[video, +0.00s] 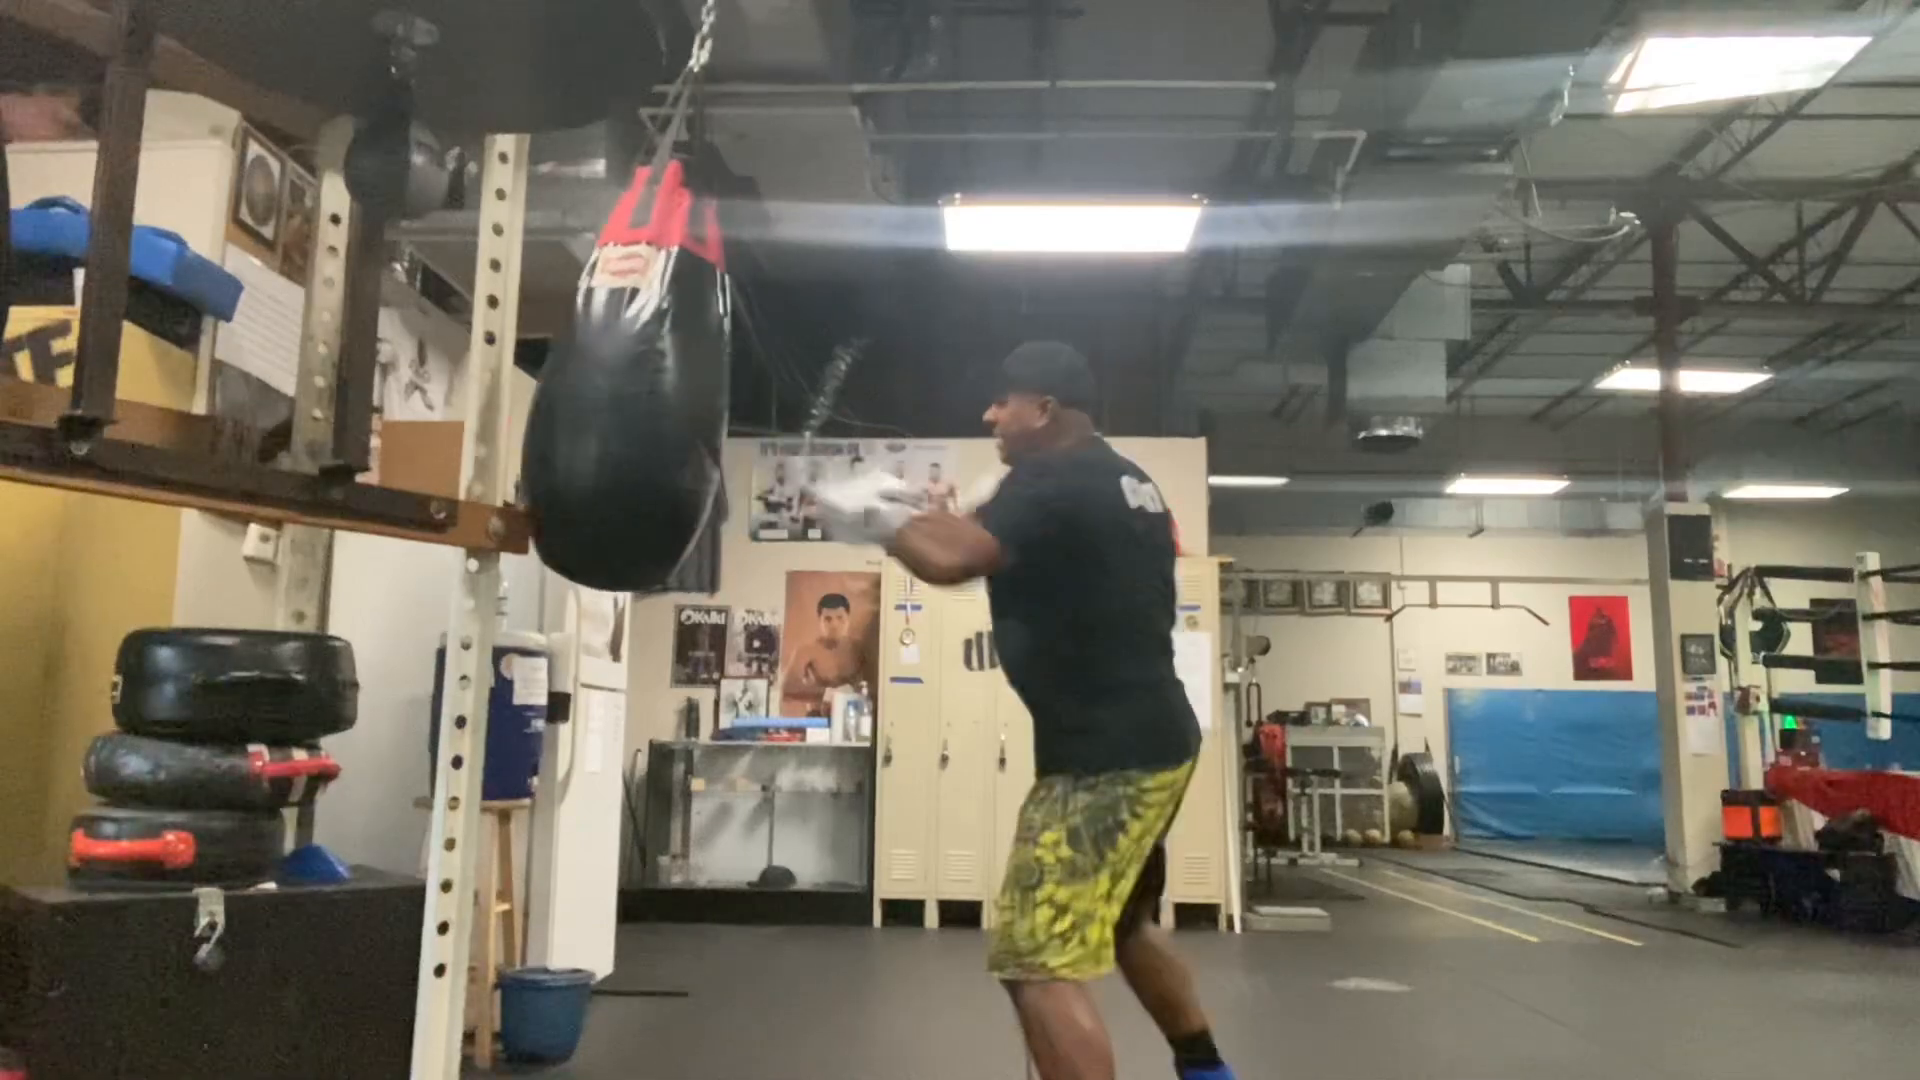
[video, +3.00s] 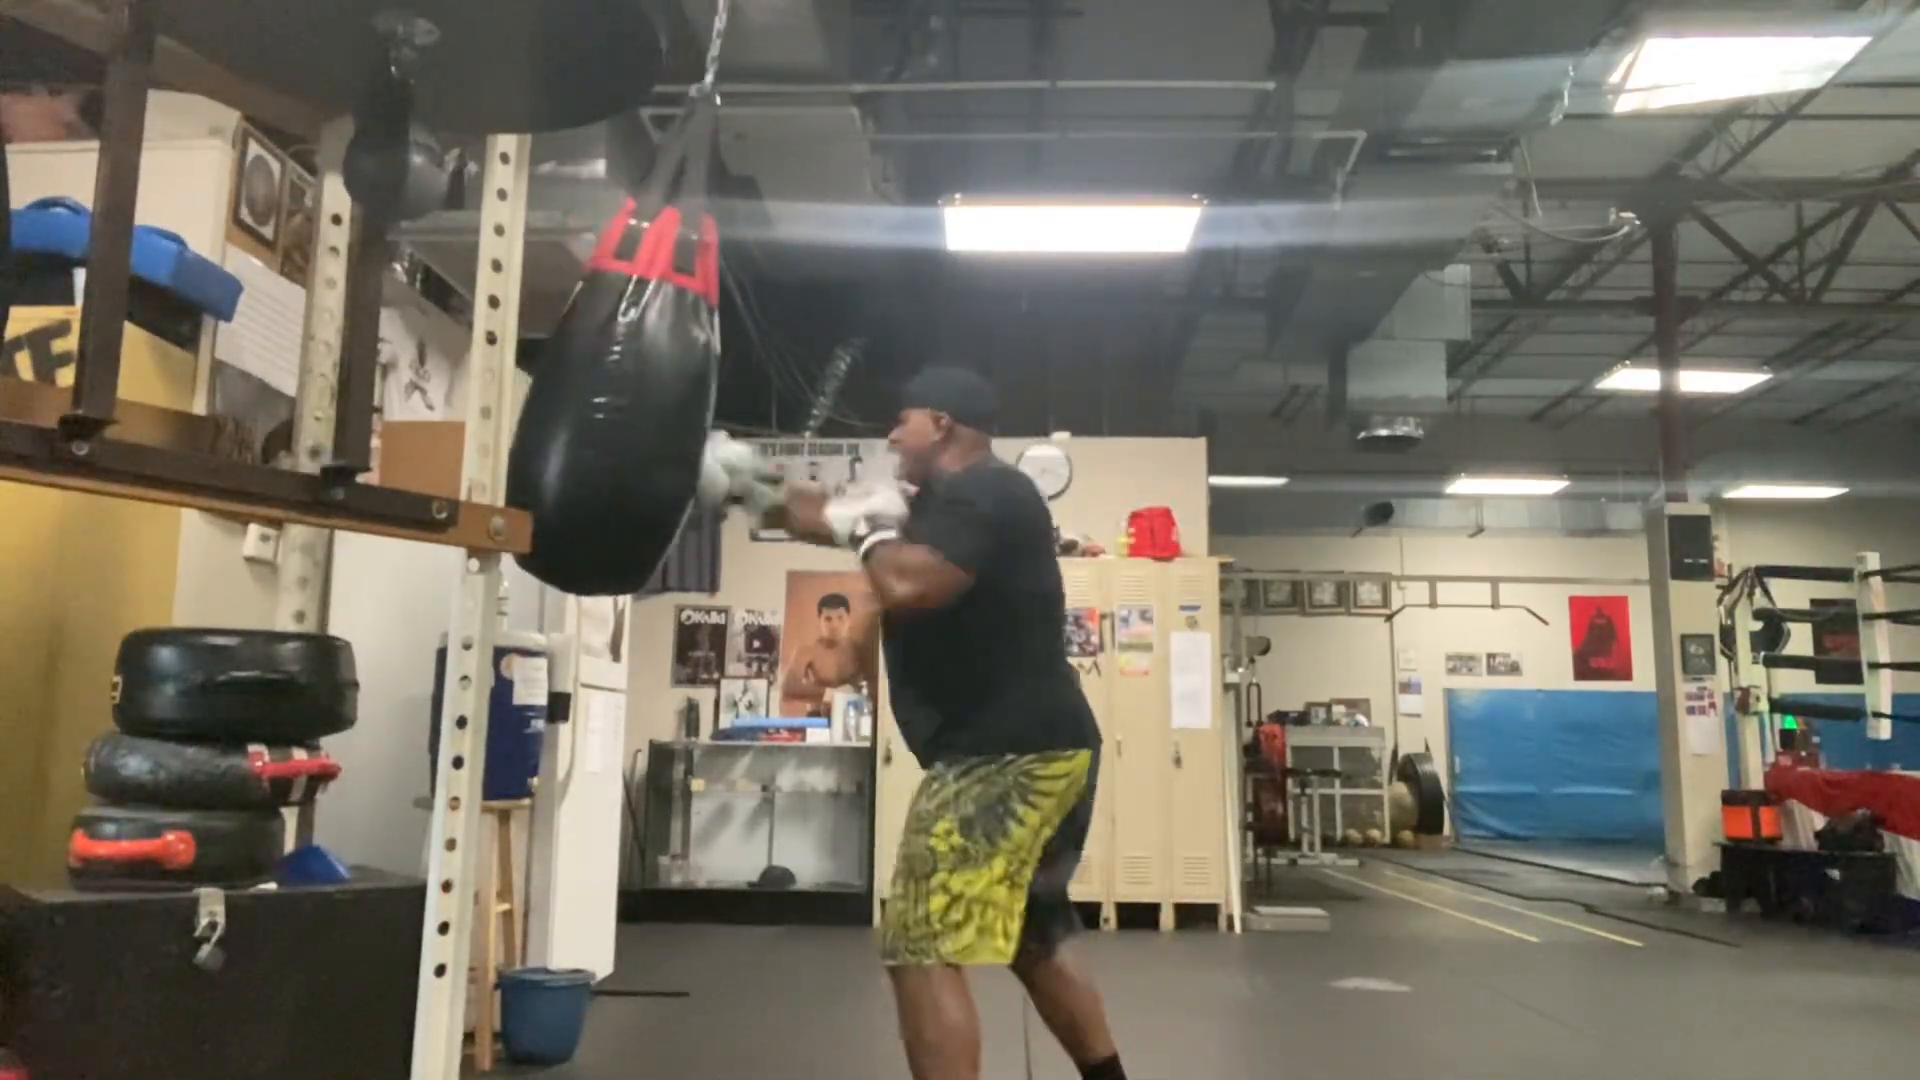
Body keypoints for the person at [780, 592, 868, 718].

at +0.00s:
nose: (834, 625)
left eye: (840, 618)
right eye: (828, 619)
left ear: (848, 620)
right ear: (819, 620)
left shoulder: (859, 650)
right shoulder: (806, 652)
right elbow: (789, 687)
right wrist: (825, 692)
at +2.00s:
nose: (834, 624)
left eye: (840, 618)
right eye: (828, 619)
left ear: (848, 620)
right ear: (819, 621)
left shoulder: (857, 652)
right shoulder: (807, 652)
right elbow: (790, 688)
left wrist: (816, 687)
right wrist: (828, 693)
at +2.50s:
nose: (834, 625)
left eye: (840, 618)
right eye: (828, 619)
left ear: (848, 620)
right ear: (819, 621)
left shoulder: (857, 651)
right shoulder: (808, 652)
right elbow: (790, 688)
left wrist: (816, 685)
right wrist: (828, 693)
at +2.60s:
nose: (834, 625)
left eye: (840, 618)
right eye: (828, 619)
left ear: (847, 620)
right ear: (820, 620)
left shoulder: (858, 651)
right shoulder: (807, 652)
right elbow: (790, 688)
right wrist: (828, 693)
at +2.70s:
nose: (834, 625)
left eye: (840, 618)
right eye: (828, 619)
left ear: (848, 620)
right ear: (819, 620)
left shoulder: (857, 651)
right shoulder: (808, 652)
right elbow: (789, 687)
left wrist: (817, 685)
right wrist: (826, 693)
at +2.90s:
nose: (834, 625)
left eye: (840, 618)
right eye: (828, 619)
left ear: (848, 619)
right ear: (819, 620)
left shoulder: (858, 652)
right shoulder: (807, 652)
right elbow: (789, 688)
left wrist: (816, 686)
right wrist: (827, 693)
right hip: (819, 717)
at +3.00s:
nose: (834, 625)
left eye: (840, 618)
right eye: (828, 619)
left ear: (848, 620)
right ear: (819, 621)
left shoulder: (857, 651)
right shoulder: (808, 652)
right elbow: (789, 688)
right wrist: (825, 693)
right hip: (820, 716)